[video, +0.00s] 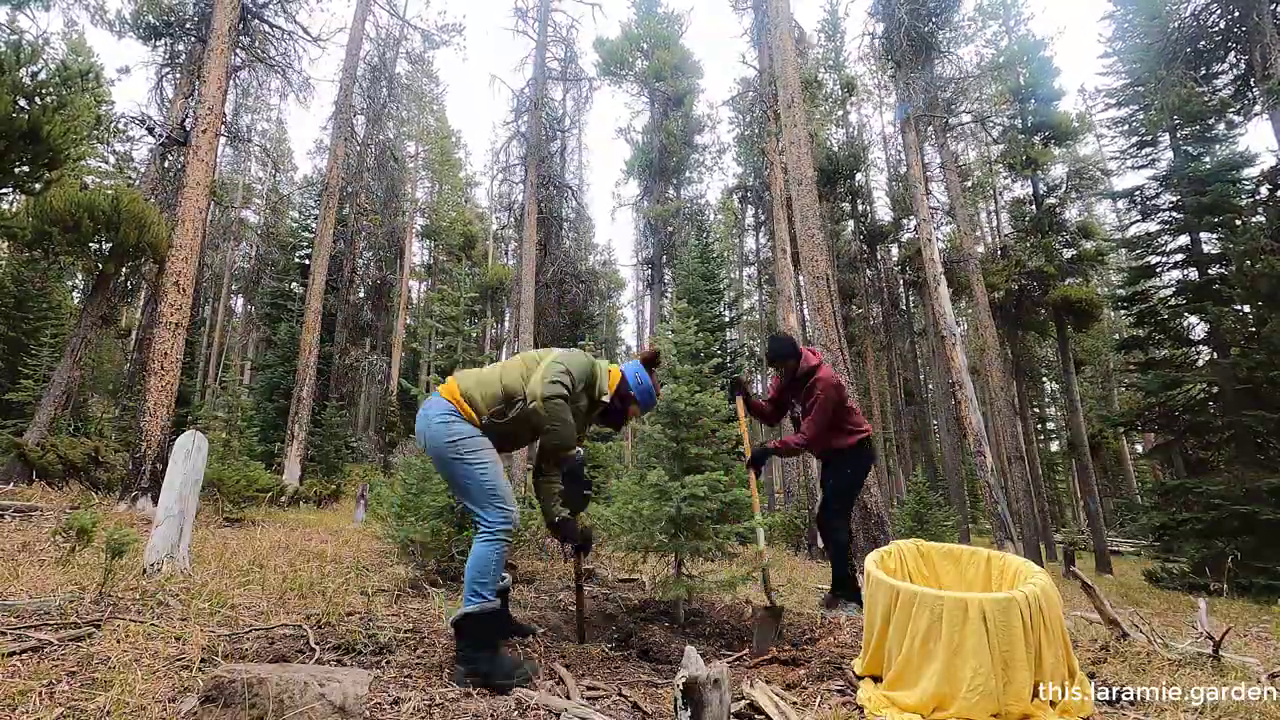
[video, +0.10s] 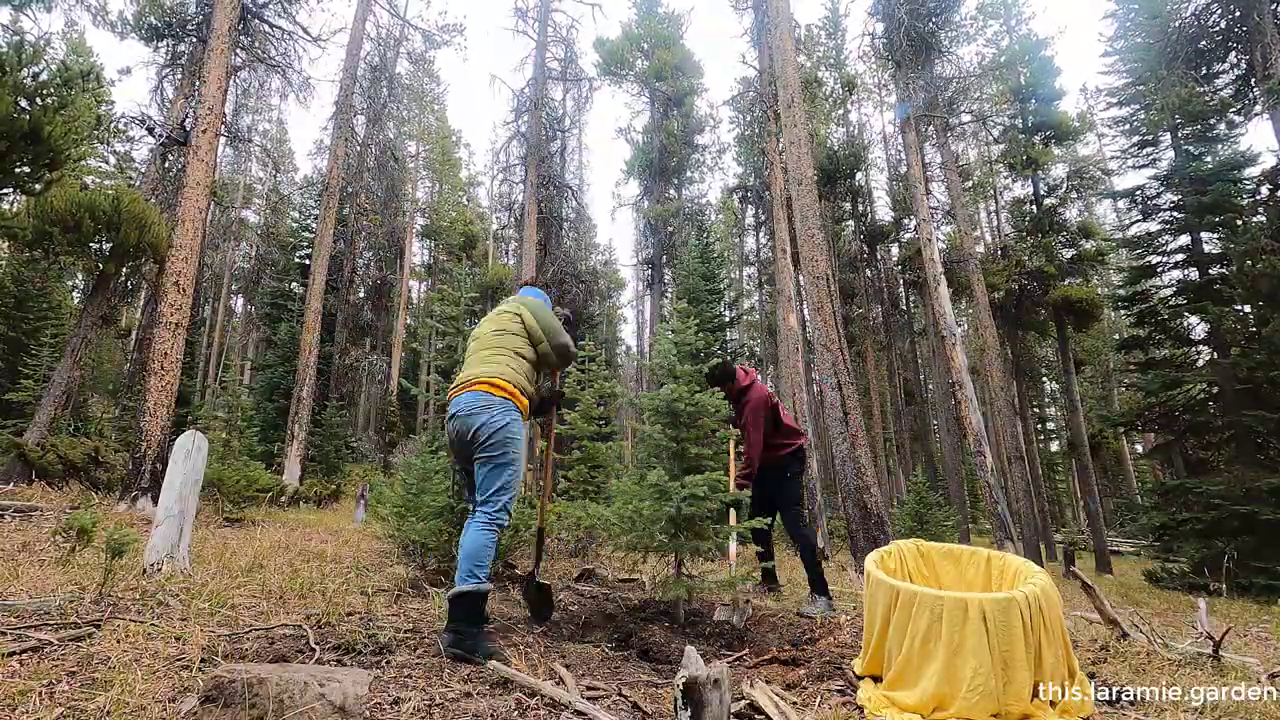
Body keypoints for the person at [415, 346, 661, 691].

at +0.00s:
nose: (627, 420)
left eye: (633, 415)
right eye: (632, 411)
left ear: (621, 394)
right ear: (622, 393)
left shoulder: (578, 411)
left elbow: (547, 469)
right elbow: (547, 395)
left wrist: (561, 522)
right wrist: (570, 459)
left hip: (463, 423)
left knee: (498, 516)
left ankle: (493, 612)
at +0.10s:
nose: (550, 313)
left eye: (548, 308)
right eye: (549, 306)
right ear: (540, 298)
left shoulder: (487, 322)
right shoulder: (532, 303)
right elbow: (564, 349)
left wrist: (539, 399)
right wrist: (550, 368)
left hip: (458, 410)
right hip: (496, 408)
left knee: (481, 509)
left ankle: (466, 618)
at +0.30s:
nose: (524, 344)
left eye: (528, 339)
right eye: (525, 337)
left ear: (513, 324)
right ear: (516, 327)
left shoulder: (491, 339)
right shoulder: (491, 341)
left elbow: (498, 386)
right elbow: (495, 392)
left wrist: (518, 389)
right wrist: (522, 394)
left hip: (462, 425)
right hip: (462, 425)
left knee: (467, 501)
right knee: (466, 502)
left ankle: (453, 579)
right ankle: (451, 584)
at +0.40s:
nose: (530, 363)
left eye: (533, 359)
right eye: (532, 357)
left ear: (515, 339)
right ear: (525, 347)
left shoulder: (489, 348)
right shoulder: (503, 357)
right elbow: (487, 406)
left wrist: (501, 399)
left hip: (439, 431)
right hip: (460, 433)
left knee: (459, 502)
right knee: (489, 498)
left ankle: (441, 567)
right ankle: (484, 572)